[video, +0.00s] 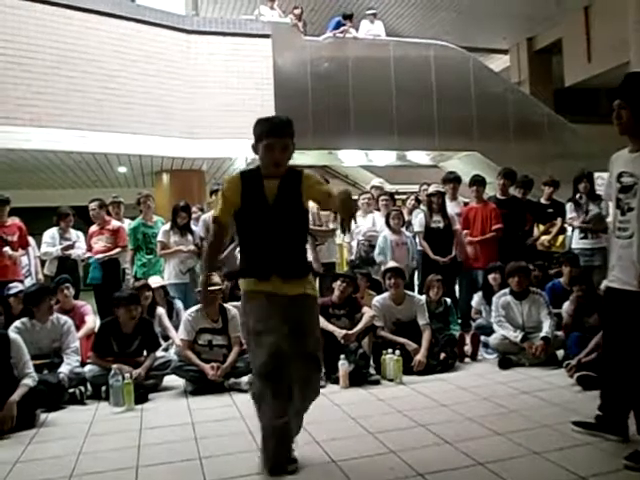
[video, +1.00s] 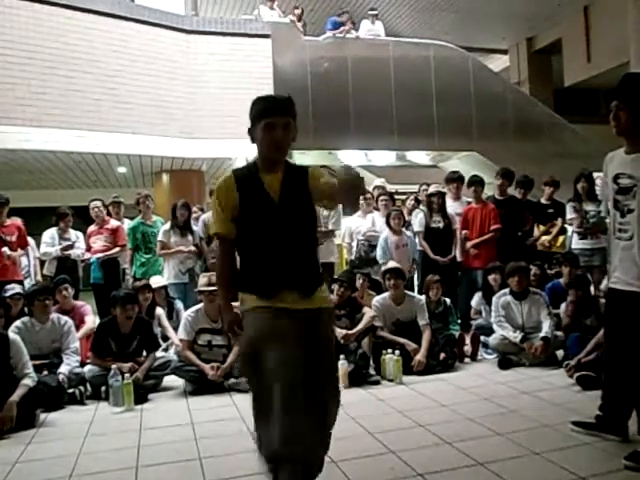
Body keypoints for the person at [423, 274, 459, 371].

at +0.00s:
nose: (436, 291)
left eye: (438, 288)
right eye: (433, 288)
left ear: (442, 290)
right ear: (428, 289)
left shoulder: (447, 302)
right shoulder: (422, 302)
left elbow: (453, 321)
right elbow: (421, 321)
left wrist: (454, 334)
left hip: (444, 331)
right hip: (429, 331)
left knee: (450, 339)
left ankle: (443, 357)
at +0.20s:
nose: (436, 291)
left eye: (438, 288)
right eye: (433, 288)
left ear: (442, 290)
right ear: (428, 289)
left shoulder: (447, 303)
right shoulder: (422, 302)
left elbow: (453, 321)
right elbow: (420, 320)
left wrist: (453, 334)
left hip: (444, 331)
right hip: (429, 331)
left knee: (450, 339)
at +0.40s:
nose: (435, 291)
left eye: (438, 288)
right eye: (432, 288)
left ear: (442, 290)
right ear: (427, 289)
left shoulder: (446, 303)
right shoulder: (422, 302)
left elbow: (453, 321)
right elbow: (420, 321)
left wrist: (454, 333)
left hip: (444, 331)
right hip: (429, 331)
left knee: (450, 339)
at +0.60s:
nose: (435, 291)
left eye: (438, 288)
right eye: (432, 288)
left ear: (442, 290)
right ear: (427, 290)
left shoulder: (447, 303)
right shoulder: (422, 302)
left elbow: (453, 321)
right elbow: (420, 321)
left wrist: (454, 334)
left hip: (444, 331)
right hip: (429, 331)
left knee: (449, 339)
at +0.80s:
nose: (435, 292)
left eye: (438, 288)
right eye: (432, 289)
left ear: (442, 290)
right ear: (427, 290)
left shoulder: (446, 303)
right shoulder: (422, 302)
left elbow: (453, 321)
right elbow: (420, 320)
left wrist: (453, 333)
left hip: (444, 331)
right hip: (428, 331)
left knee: (450, 338)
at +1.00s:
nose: (435, 292)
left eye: (437, 288)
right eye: (432, 289)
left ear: (441, 290)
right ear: (427, 290)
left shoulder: (446, 303)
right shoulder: (422, 302)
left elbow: (453, 322)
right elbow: (421, 321)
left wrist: (453, 334)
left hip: (444, 331)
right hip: (429, 331)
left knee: (449, 338)